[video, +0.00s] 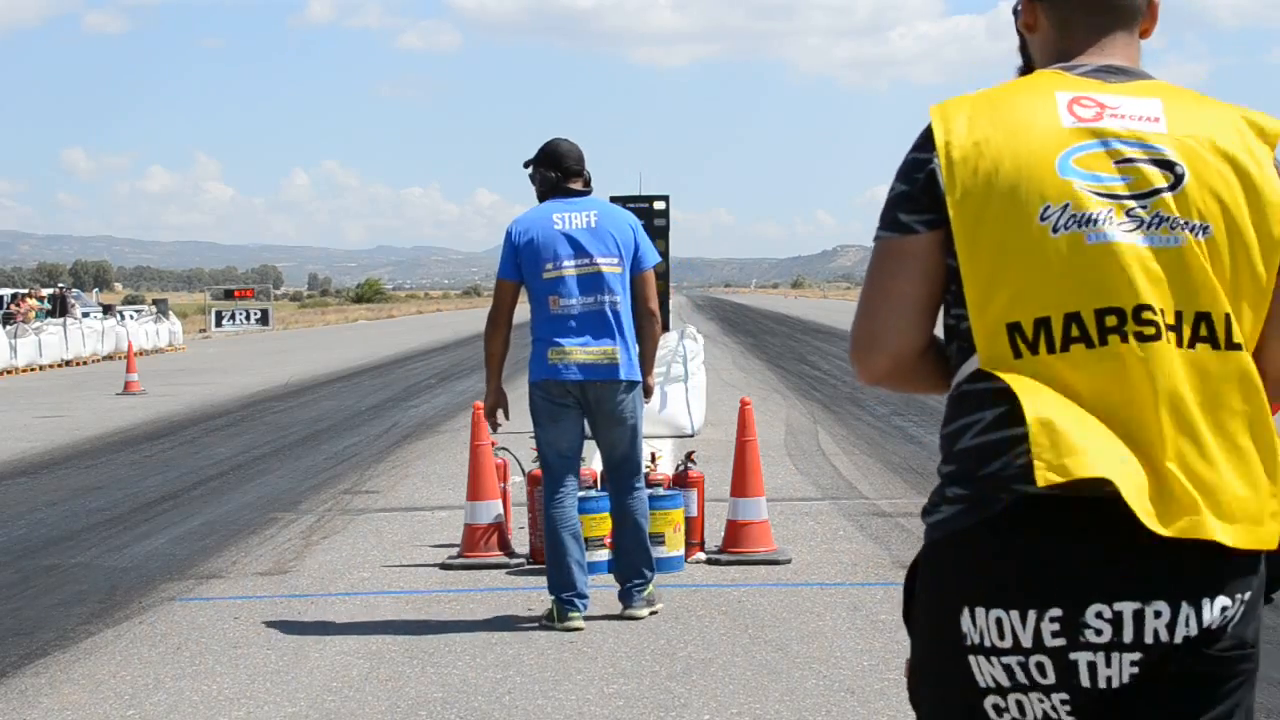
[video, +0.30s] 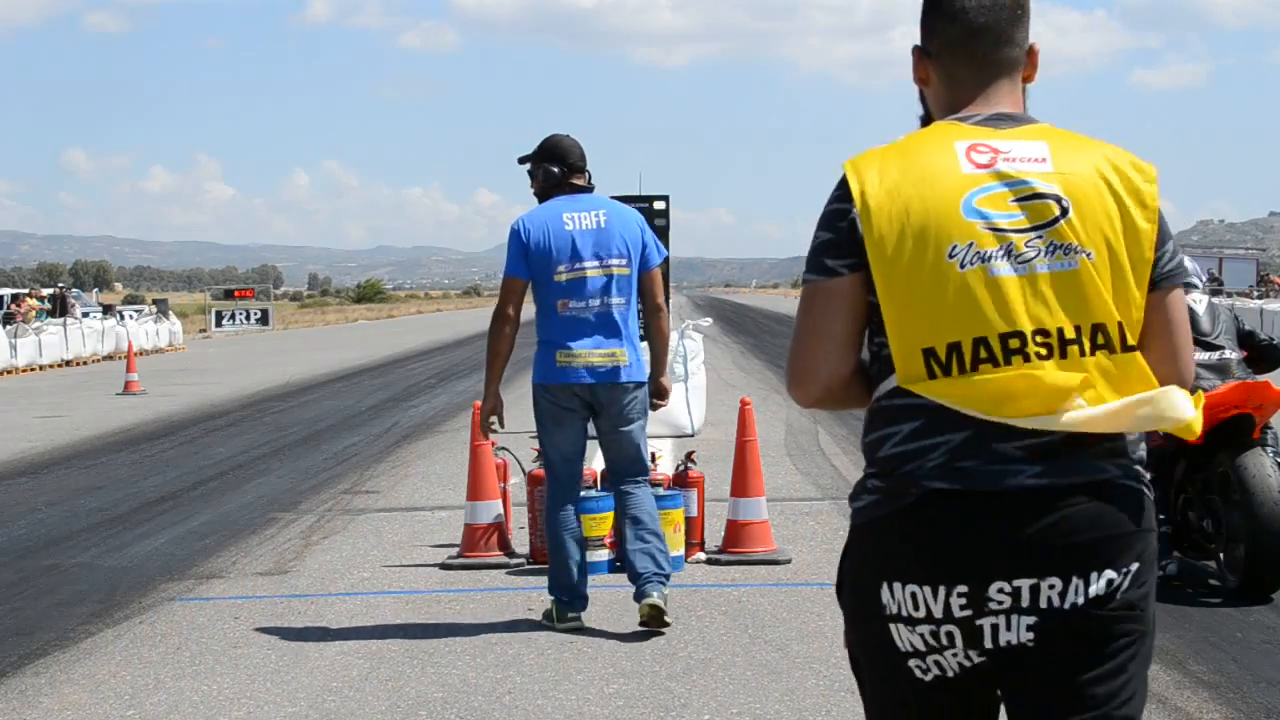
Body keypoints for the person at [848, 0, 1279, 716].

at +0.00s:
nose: (1019, 27)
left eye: (1017, 19)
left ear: (1026, 16)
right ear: (1152, 17)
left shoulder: (960, 132)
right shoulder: (1259, 145)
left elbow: (881, 354)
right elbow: (1270, 379)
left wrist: (999, 361)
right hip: (1207, 584)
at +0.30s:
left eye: (914, 71)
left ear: (922, 71)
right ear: (1032, 66)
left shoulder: (871, 183)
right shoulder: (1127, 178)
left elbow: (815, 381)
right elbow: (1172, 375)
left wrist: (912, 363)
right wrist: (1063, 361)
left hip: (921, 552)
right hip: (1091, 549)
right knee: (1093, 708)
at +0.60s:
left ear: (845, 71)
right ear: (945, 68)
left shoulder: (791, 173)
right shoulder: (1016, 165)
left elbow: (743, 345)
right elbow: (1070, 337)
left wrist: (835, 308)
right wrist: (976, 307)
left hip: (853, 480)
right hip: (997, 487)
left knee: (870, 707)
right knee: (959, 704)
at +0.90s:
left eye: (829, 93)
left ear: (829, 101)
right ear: (919, 104)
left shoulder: (773, 193)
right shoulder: (975, 206)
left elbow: (719, 342)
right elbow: (1000, 365)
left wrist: (804, 313)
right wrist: (917, 321)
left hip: (812, 483)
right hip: (937, 489)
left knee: (831, 699)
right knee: (895, 694)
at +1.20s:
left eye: (802, 103)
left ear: (802, 108)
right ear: (884, 110)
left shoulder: (749, 192)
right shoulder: (934, 198)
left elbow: (707, 330)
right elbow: (965, 341)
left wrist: (782, 302)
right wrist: (887, 309)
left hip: (777, 462)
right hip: (902, 462)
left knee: (768, 651)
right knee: (876, 664)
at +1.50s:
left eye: (769, 127)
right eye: (838, 128)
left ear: (765, 134)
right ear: (840, 135)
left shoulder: (709, 215)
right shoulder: (877, 215)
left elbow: (683, 338)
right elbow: (918, 341)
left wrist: (750, 301)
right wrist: (852, 302)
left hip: (743, 456)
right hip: (851, 457)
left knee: (754, 623)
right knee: (854, 627)